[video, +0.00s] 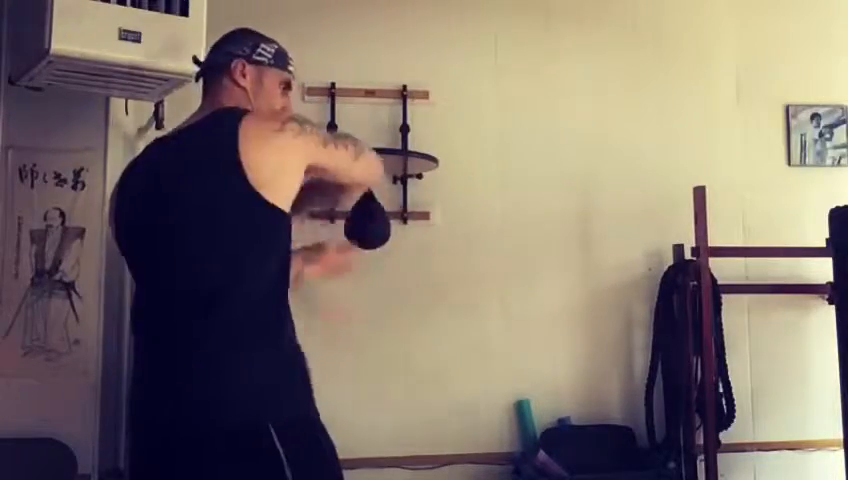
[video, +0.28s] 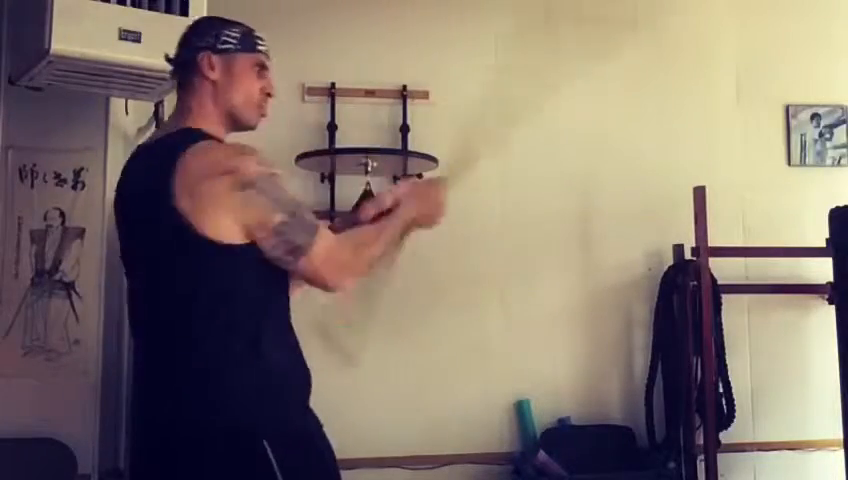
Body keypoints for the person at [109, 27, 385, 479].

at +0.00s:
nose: (290, 104)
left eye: (290, 90)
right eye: (284, 86)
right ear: (241, 74)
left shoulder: (135, 174)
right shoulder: (273, 140)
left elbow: (199, 277)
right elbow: (368, 168)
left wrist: (303, 263)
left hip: (162, 407)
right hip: (256, 409)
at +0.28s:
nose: (270, 87)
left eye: (268, 73)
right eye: (258, 69)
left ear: (212, 69)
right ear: (209, 66)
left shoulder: (143, 166)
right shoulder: (225, 166)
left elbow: (239, 283)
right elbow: (336, 267)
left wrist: (351, 229)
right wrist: (406, 213)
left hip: (169, 423)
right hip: (253, 430)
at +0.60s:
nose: (257, 91)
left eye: (255, 76)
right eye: (244, 73)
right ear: (196, 71)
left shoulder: (248, 175)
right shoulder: (149, 180)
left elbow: (319, 281)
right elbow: (211, 317)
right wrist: (293, 246)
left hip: (276, 431)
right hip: (194, 438)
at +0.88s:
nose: (305, 111)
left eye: (306, 98)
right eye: (298, 94)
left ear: (256, 87)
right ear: (253, 84)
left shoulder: (295, 190)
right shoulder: (167, 151)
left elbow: (316, 288)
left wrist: (228, 284)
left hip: (262, 392)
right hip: (180, 390)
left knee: (298, 470)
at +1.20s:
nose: (292, 120)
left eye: (293, 108)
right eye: (287, 103)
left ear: (240, 91)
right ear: (248, 88)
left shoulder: (150, 171)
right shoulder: (261, 138)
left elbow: (205, 299)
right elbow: (390, 177)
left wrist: (310, 277)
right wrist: (378, 239)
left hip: (153, 417)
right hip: (243, 419)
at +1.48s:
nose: (284, 101)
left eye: (283, 86)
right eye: (276, 81)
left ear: (228, 76)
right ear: (233, 73)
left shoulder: (136, 175)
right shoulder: (263, 150)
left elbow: (227, 290)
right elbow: (369, 226)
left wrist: (319, 248)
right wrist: (378, 212)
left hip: (165, 417)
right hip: (259, 415)